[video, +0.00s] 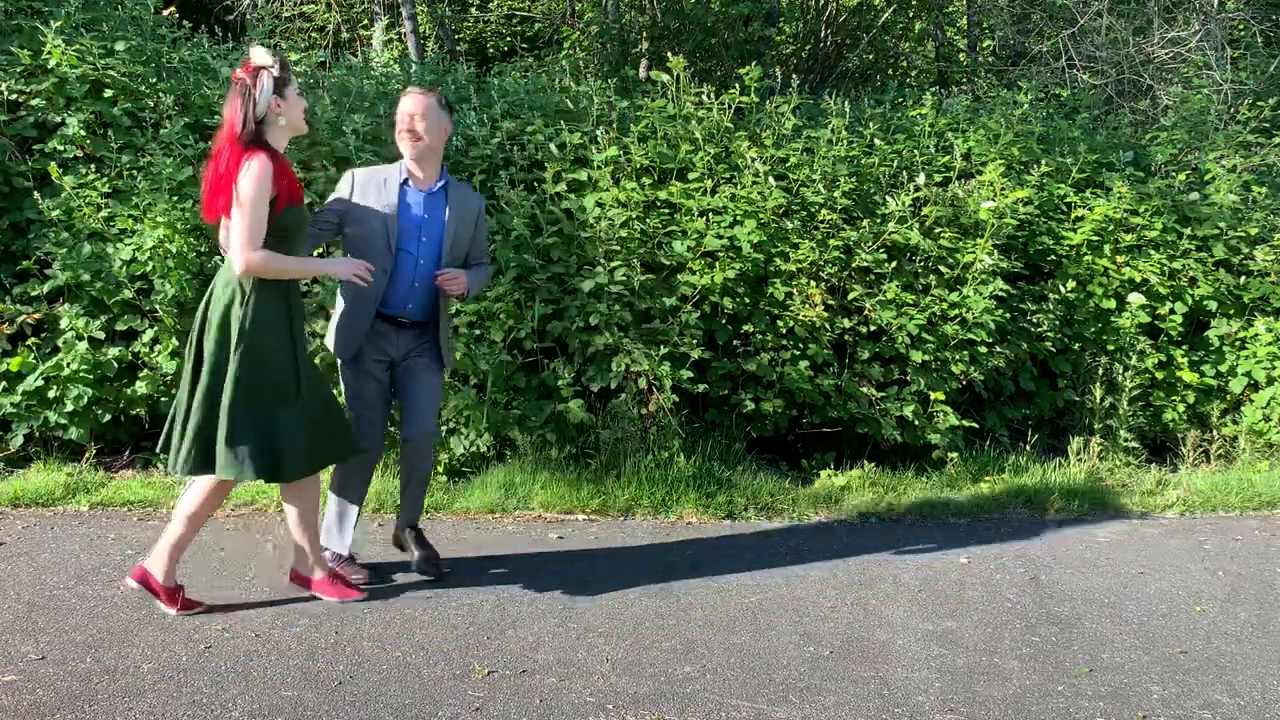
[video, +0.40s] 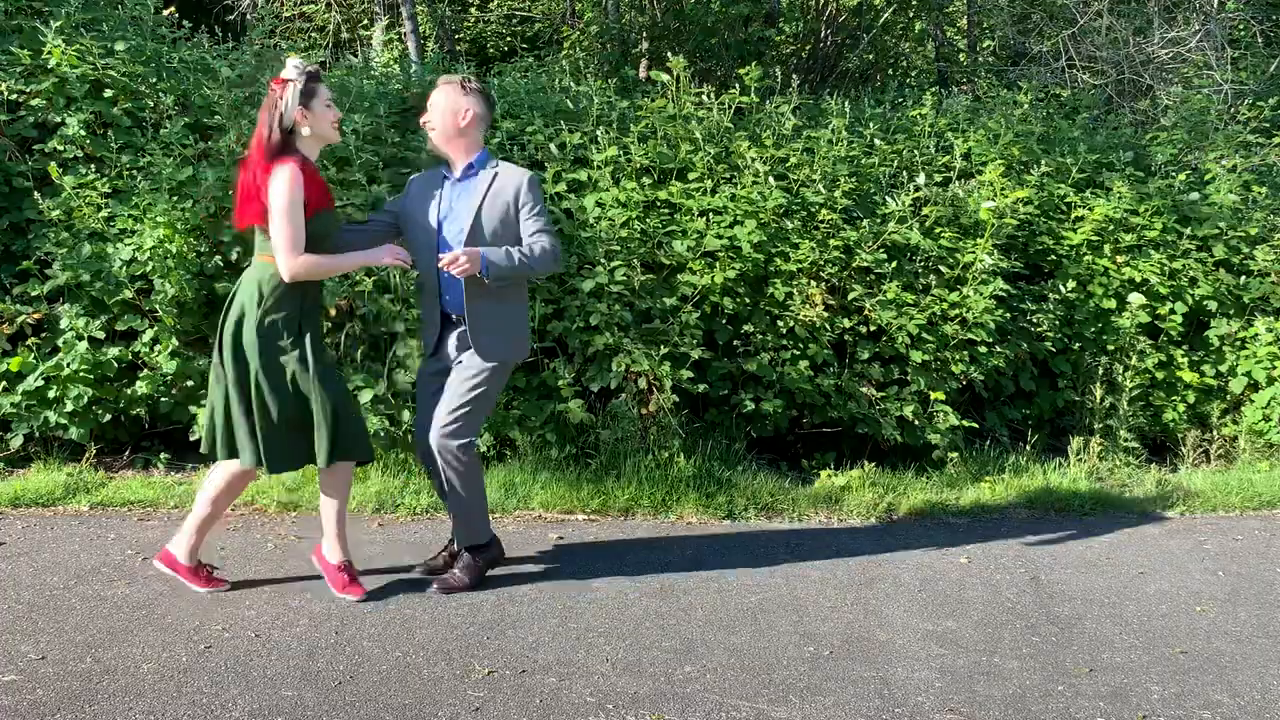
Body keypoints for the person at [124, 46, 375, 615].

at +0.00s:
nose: (304, 102)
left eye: (300, 93)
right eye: (297, 95)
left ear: (271, 107)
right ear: (276, 108)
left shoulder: (254, 160)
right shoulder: (259, 163)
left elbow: (230, 246)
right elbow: (248, 258)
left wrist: (305, 241)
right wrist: (329, 266)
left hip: (244, 315)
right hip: (257, 319)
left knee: (231, 451)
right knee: (302, 439)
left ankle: (160, 564)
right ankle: (312, 563)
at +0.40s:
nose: (337, 112)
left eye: (334, 103)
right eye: (328, 105)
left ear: (302, 116)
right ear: (301, 117)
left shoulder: (294, 167)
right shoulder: (288, 171)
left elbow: (311, 246)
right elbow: (293, 264)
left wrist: (373, 248)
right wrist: (368, 257)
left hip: (268, 313)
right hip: (275, 317)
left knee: (252, 443)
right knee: (342, 428)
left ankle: (183, 549)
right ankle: (333, 549)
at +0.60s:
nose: (374, 120)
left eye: (371, 111)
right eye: (363, 113)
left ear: (345, 126)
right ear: (336, 125)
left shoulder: (347, 180)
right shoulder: (319, 180)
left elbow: (348, 250)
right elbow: (308, 268)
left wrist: (398, 256)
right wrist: (381, 262)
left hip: (340, 320)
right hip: (325, 324)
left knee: (292, 444)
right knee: (350, 442)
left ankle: (208, 533)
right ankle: (337, 551)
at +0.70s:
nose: (404, 112)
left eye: (401, 104)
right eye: (392, 106)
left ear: (382, 117)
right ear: (364, 118)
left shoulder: (395, 177)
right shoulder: (345, 173)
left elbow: (401, 236)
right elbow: (316, 252)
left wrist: (412, 250)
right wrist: (384, 247)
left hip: (386, 312)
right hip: (352, 311)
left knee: (371, 433)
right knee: (360, 433)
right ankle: (336, 550)